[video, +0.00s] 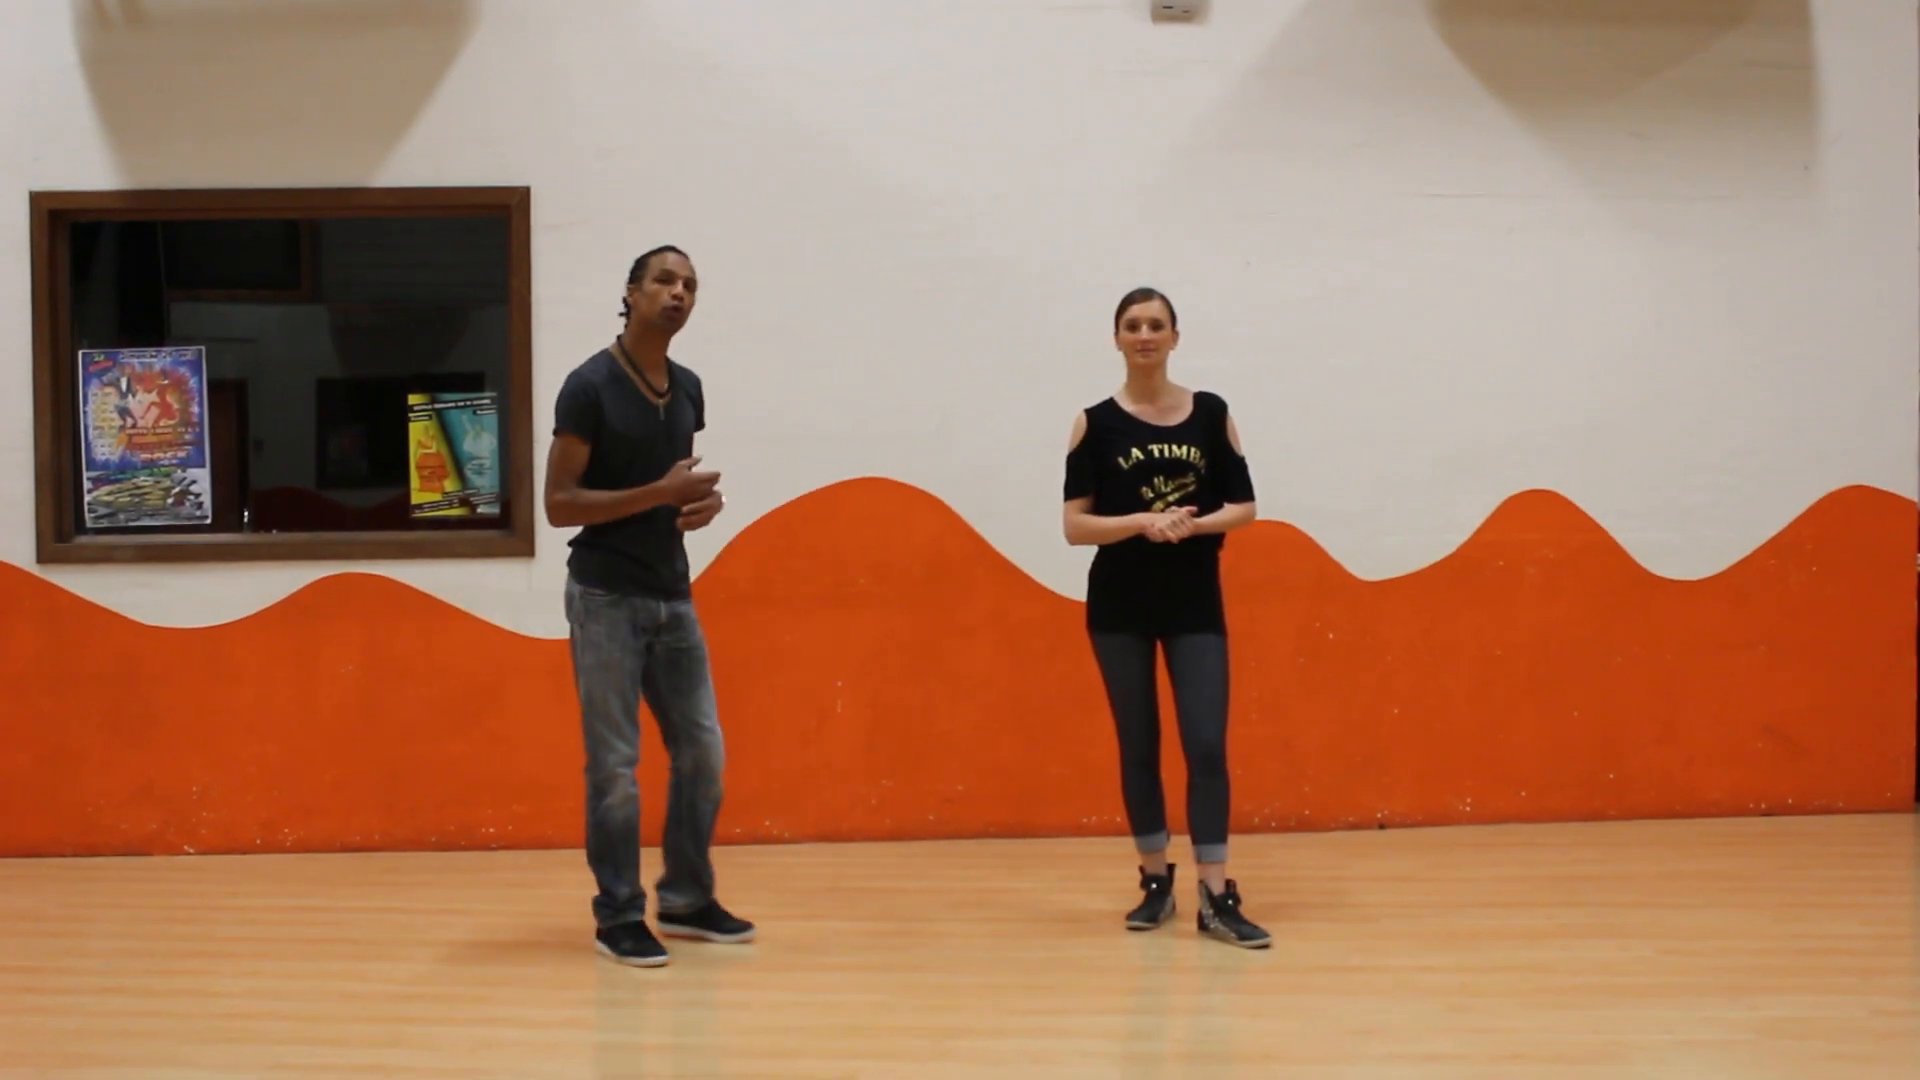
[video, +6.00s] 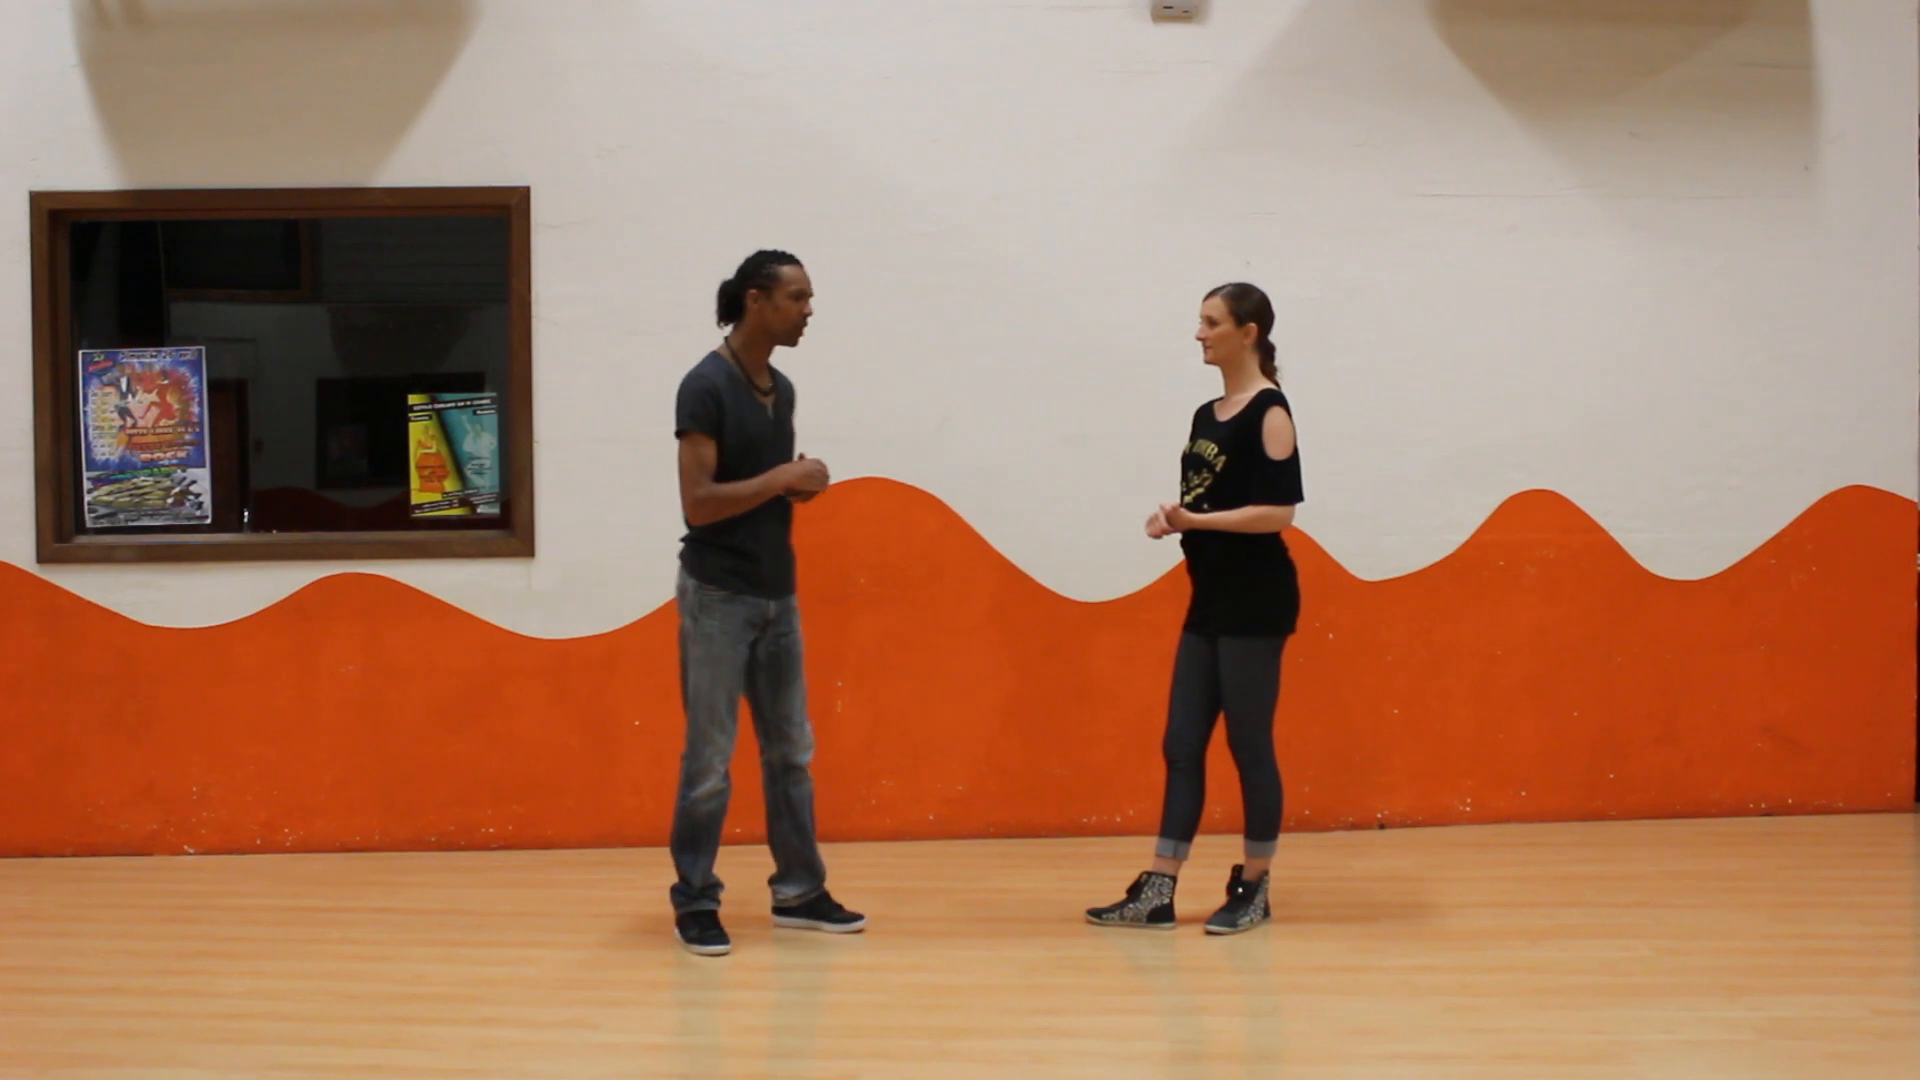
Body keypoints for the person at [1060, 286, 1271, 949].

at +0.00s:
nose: (1145, 336)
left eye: (1156, 326)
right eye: (1133, 327)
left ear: (1175, 337)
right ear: (1116, 338)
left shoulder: (1210, 413)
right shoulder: (1094, 425)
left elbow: (1244, 507)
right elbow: (1076, 524)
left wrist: (1197, 522)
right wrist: (1138, 522)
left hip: (1194, 603)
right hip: (1119, 605)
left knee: (1206, 748)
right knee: (1138, 746)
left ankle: (1216, 896)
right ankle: (1157, 883)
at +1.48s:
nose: (1137, 324)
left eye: (1150, 317)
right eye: (1140, 314)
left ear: (1186, 332)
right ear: (1171, 332)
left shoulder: (1198, 408)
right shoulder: (1160, 410)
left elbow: (1212, 508)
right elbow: (1170, 502)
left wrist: (1133, 522)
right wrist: (1124, 515)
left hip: (1212, 598)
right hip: (1172, 597)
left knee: (1216, 744)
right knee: (1171, 743)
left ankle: (1248, 884)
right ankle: (1167, 883)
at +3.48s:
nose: (1196, 336)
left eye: (1208, 326)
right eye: (1197, 325)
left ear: (1248, 331)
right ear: (1231, 332)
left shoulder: (1270, 414)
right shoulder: (1206, 412)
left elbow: (1276, 514)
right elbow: (1211, 503)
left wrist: (1193, 520)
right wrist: (1174, 516)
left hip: (1255, 604)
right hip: (1207, 599)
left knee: (1252, 745)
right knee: (1180, 745)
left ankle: (1253, 888)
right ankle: (1158, 889)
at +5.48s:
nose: (1201, 336)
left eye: (1213, 325)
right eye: (1202, 325)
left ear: (1253, 332)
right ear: (1235, 333)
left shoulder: (1276, 414)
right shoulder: (1210, 414)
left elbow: (1283, 514)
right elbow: (1216, 504)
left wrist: (1199, 520)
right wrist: (1179, 516)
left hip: (1260, 604)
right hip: (1212, 599)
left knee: (1253, 746)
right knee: (1183, 745)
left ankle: (1252, 890)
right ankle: (1158, 889)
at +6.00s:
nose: (1199, 334)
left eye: (1212, 324)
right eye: (1201, 323)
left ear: (1250, 332)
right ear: (1234, 333)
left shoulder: (1272, 413)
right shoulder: (1208, 412)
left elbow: (1279, 513)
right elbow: (1212, 501)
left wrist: (1195, 520)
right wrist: (1176, 514)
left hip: (1256, 603)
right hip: (1209, 599)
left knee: (1251, 746)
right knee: (1182, 745)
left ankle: (1252, 890)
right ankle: (1158, 890)